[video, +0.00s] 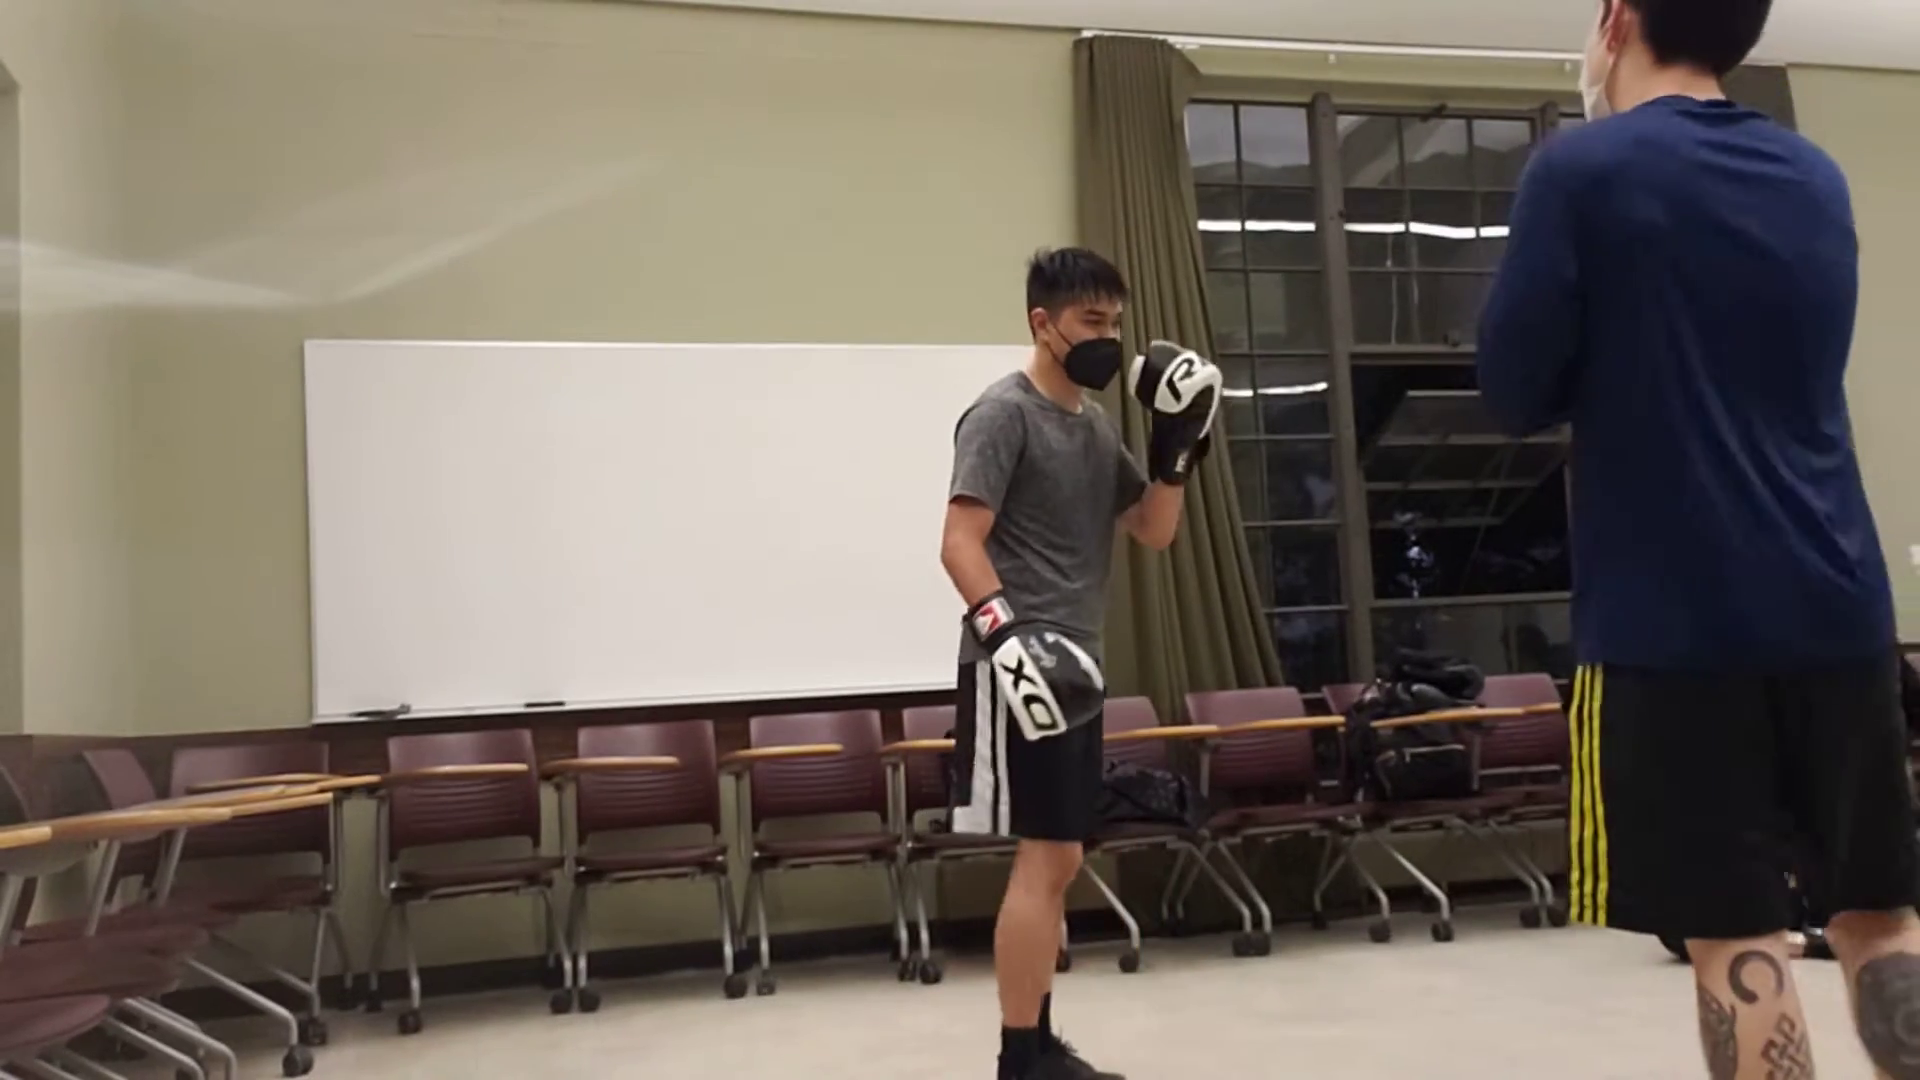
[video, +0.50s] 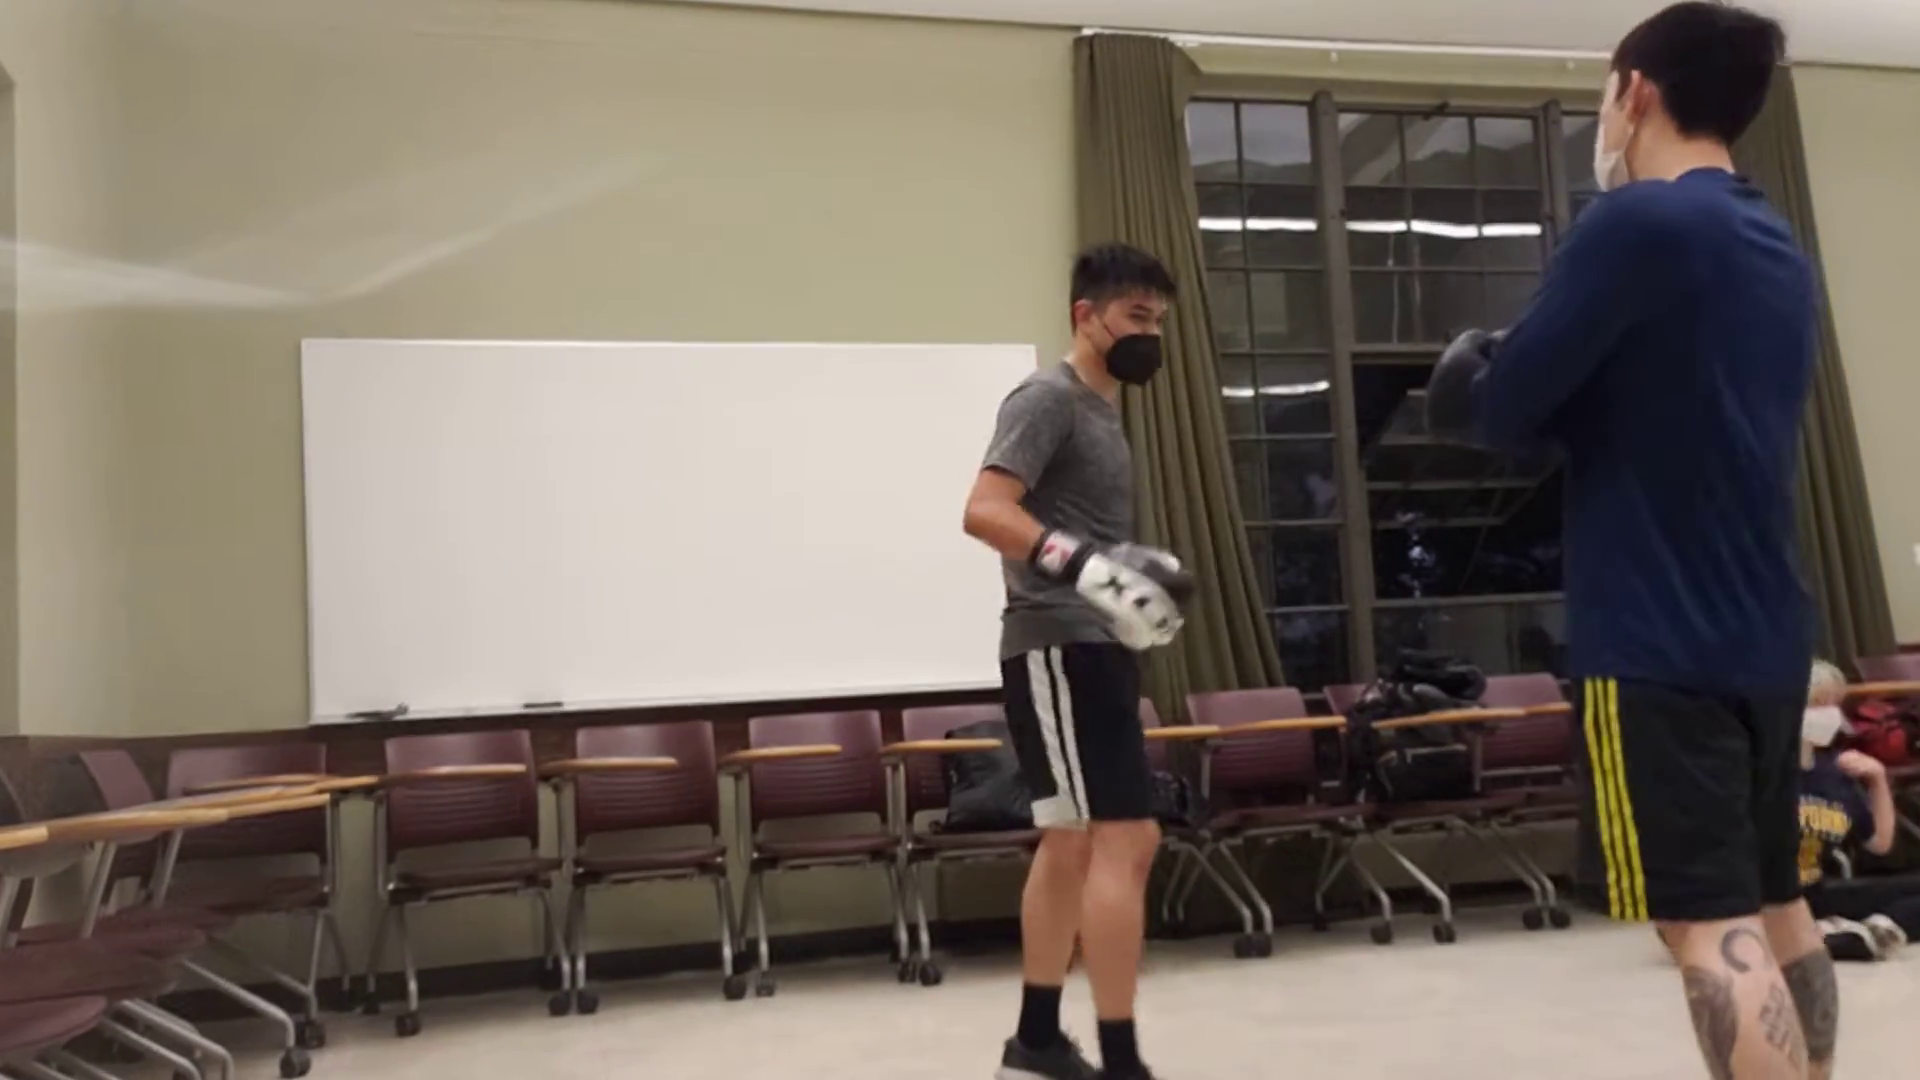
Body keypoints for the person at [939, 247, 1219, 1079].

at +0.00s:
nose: (1105, 337)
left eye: (1113, 324)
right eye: (1090, 321)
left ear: (1114, 327)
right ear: (1040, 320)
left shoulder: (1095, 426)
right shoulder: (1001, 415)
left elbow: (1155, 529)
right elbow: (960, 542)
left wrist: (1174, 440)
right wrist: (1006, 635)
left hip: (1073, 660)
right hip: (1025, 659)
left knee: (1063, 858)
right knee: (1044, 858)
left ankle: (1036, 1038)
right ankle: (1020, 1051)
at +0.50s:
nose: (1149, 335)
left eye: (1158, 322)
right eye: (1136, 317)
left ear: (1150, 328)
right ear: (1084, 313)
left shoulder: (1102, 409)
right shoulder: (1046, 398)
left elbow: (1085, 530)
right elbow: (984, 510)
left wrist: (1135, 569)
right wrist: (1085, 562)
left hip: (1086, 645)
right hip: (1060, 648)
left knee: (1066, 843)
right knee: (1125, 841)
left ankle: (1037, 1037)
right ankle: (1122, 1060)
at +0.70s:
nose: (1175, 327)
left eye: (1180, 312)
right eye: (1164, 310)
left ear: (1117, 312)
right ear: (1109, 304)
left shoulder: (1079, 390)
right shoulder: (1083, 387)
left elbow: (1061, 523)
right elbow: (1074, 495)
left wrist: (1147, 559)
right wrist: (1188, 474)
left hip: (1073, 646)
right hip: (1091, 647)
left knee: (1072, 848)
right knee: (1132, 858)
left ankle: (1041, 1033)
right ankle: (1149, 1068)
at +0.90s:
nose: (1168, 306)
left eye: (1171, 292)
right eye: (1156, 290)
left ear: (1106, 295)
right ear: (1100, 288)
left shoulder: (1066, 375)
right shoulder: (1082, 374)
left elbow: (1090, 509)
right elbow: (1131, 487)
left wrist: (1168, 510)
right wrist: (1237, 429)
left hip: (1072, 638)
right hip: (1092, 641)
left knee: (1079, 840)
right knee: (1127, 858)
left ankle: (998, 1009)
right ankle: (1149, 1071)